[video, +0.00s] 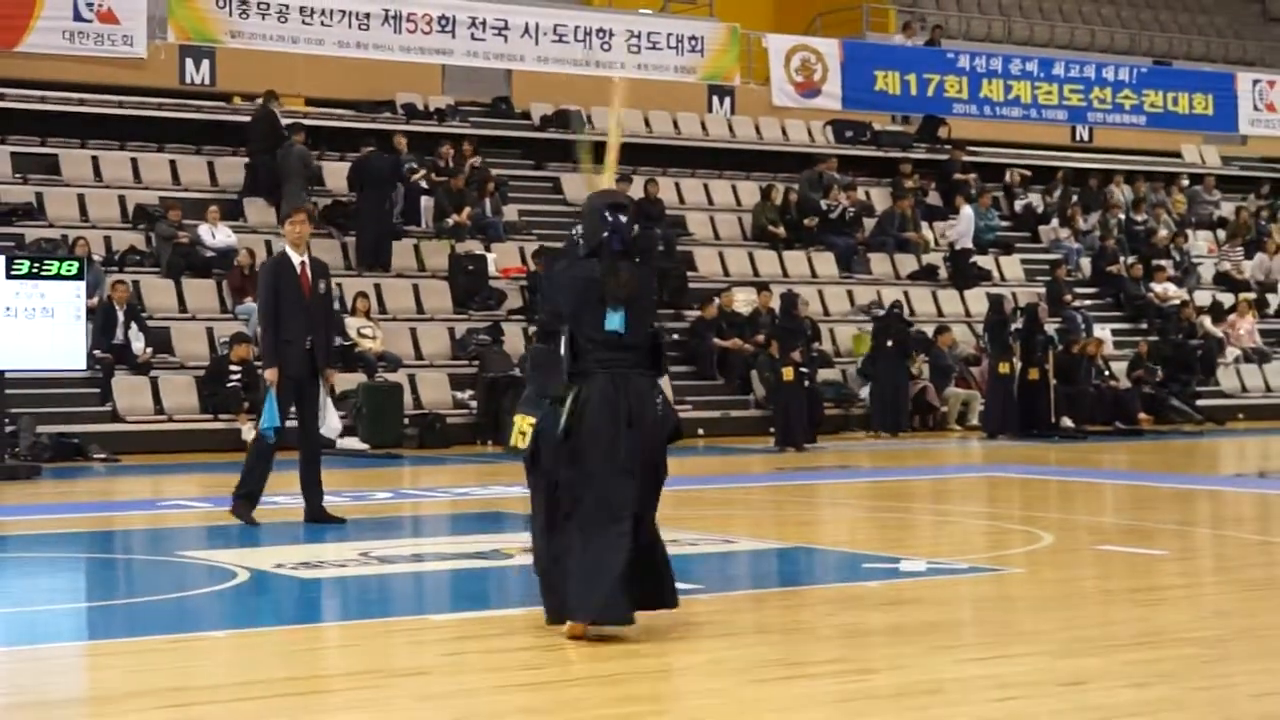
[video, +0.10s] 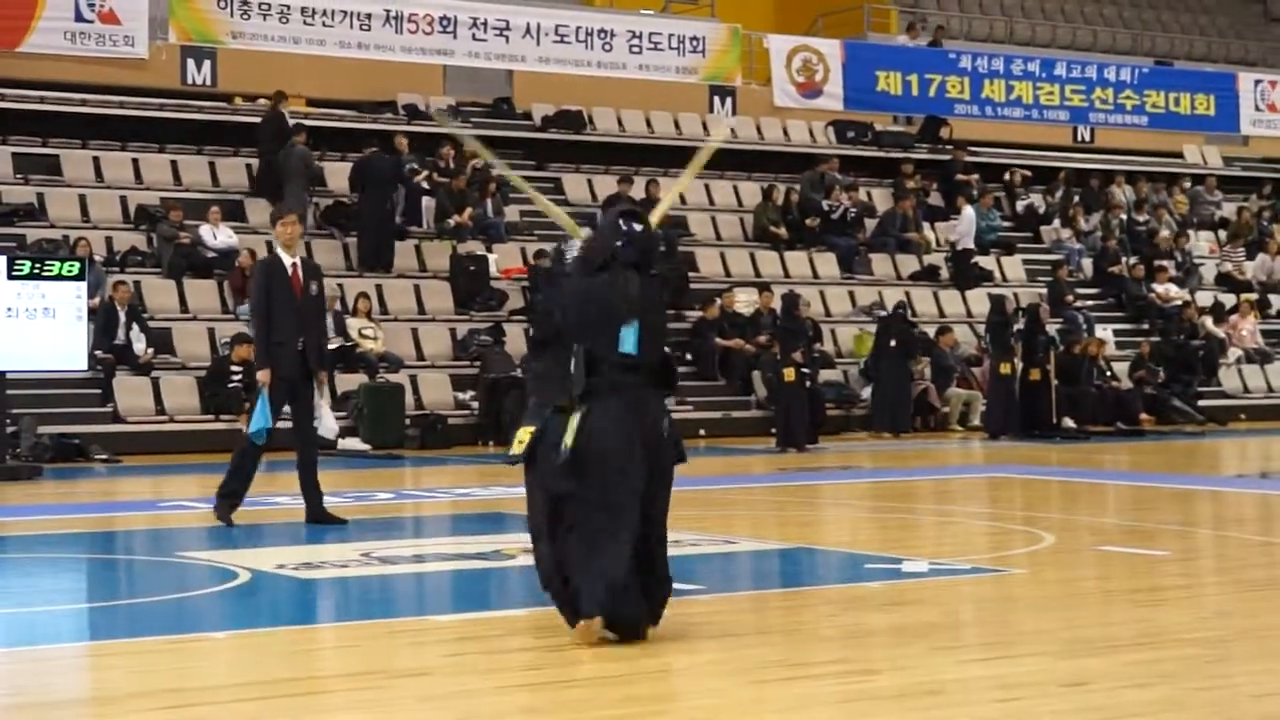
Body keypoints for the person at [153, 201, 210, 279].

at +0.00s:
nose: (176, 214)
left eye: (178, 211)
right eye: (173, 211)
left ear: (181, 213)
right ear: (167, 214)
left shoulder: (184, 227)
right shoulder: (161, 225)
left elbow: (197, 239)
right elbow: (167, 234)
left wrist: (188, 239)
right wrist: (184, 234)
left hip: (189, 254)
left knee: (204, 264)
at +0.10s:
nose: (177, 215)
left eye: (179, 213)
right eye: (174, 213)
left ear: (183, 215)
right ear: (168, 215)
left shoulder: (186, 227)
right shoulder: (162, 226)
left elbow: (198, 239)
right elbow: (169, 234)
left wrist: (188, 240)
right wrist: (187, 235)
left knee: (206, 264)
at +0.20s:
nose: (179, 214)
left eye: (181, 212)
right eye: (176, 212)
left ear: (184, 214)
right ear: (170, 214)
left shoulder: (188, 228)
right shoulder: (163, 226)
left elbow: (199, 240)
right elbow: (170, 234)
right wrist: (189, 235)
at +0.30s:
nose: (179, 214)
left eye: (181, 212)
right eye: (175, 212)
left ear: (184, 214)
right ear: (169, 214)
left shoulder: (187, 227)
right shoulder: (163, 226)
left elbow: (199, 239)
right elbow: (170, 234)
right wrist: (189, 235)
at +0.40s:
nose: (178, 217)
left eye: (180, 214)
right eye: (175, 214)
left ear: (183, 215)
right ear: (169, 215)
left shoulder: (187, 227)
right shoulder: (163, 226)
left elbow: (199, 239)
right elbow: (170, 234)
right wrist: (188, 235)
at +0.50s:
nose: (178, 214)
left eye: (180, 211)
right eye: (175, 212)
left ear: (183, 214)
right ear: (168, 214)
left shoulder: (186, 227)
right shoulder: (163, 226)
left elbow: (198, 239)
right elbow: (170, 234)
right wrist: (189, 235)